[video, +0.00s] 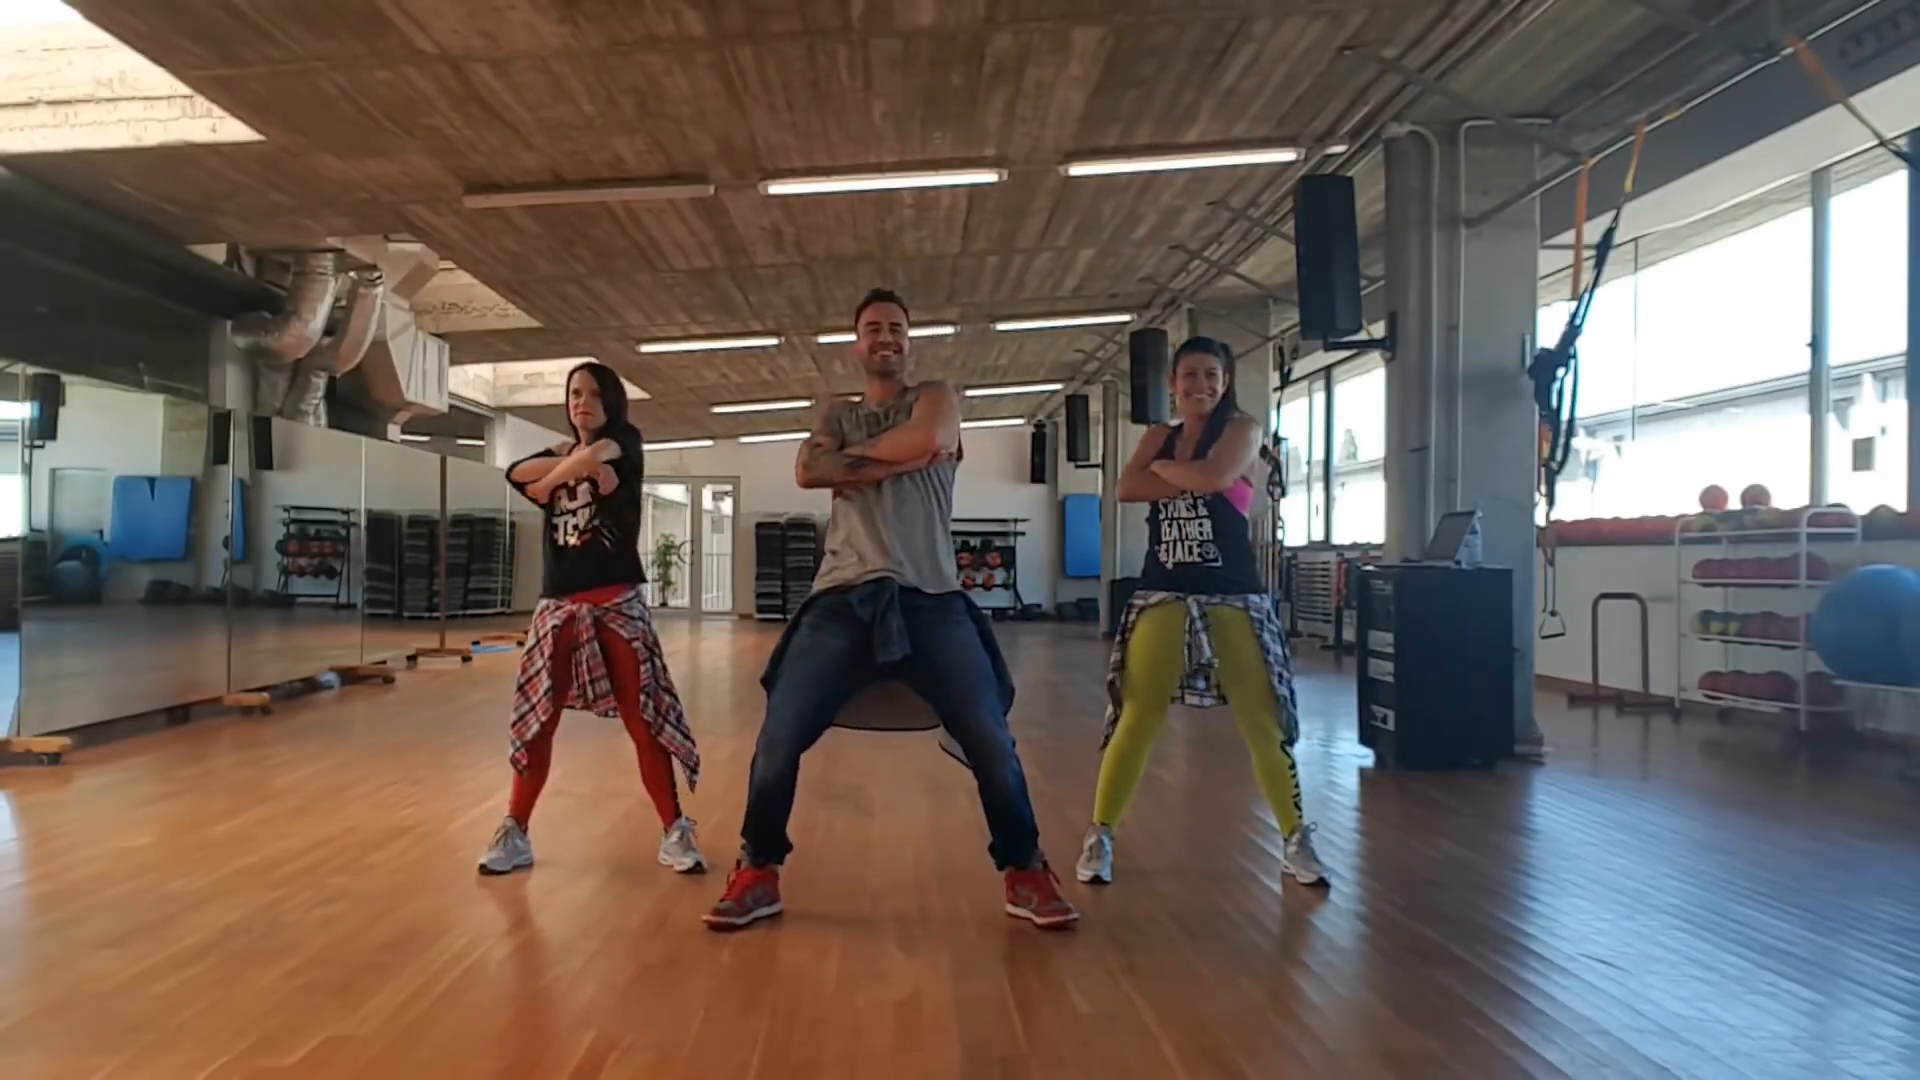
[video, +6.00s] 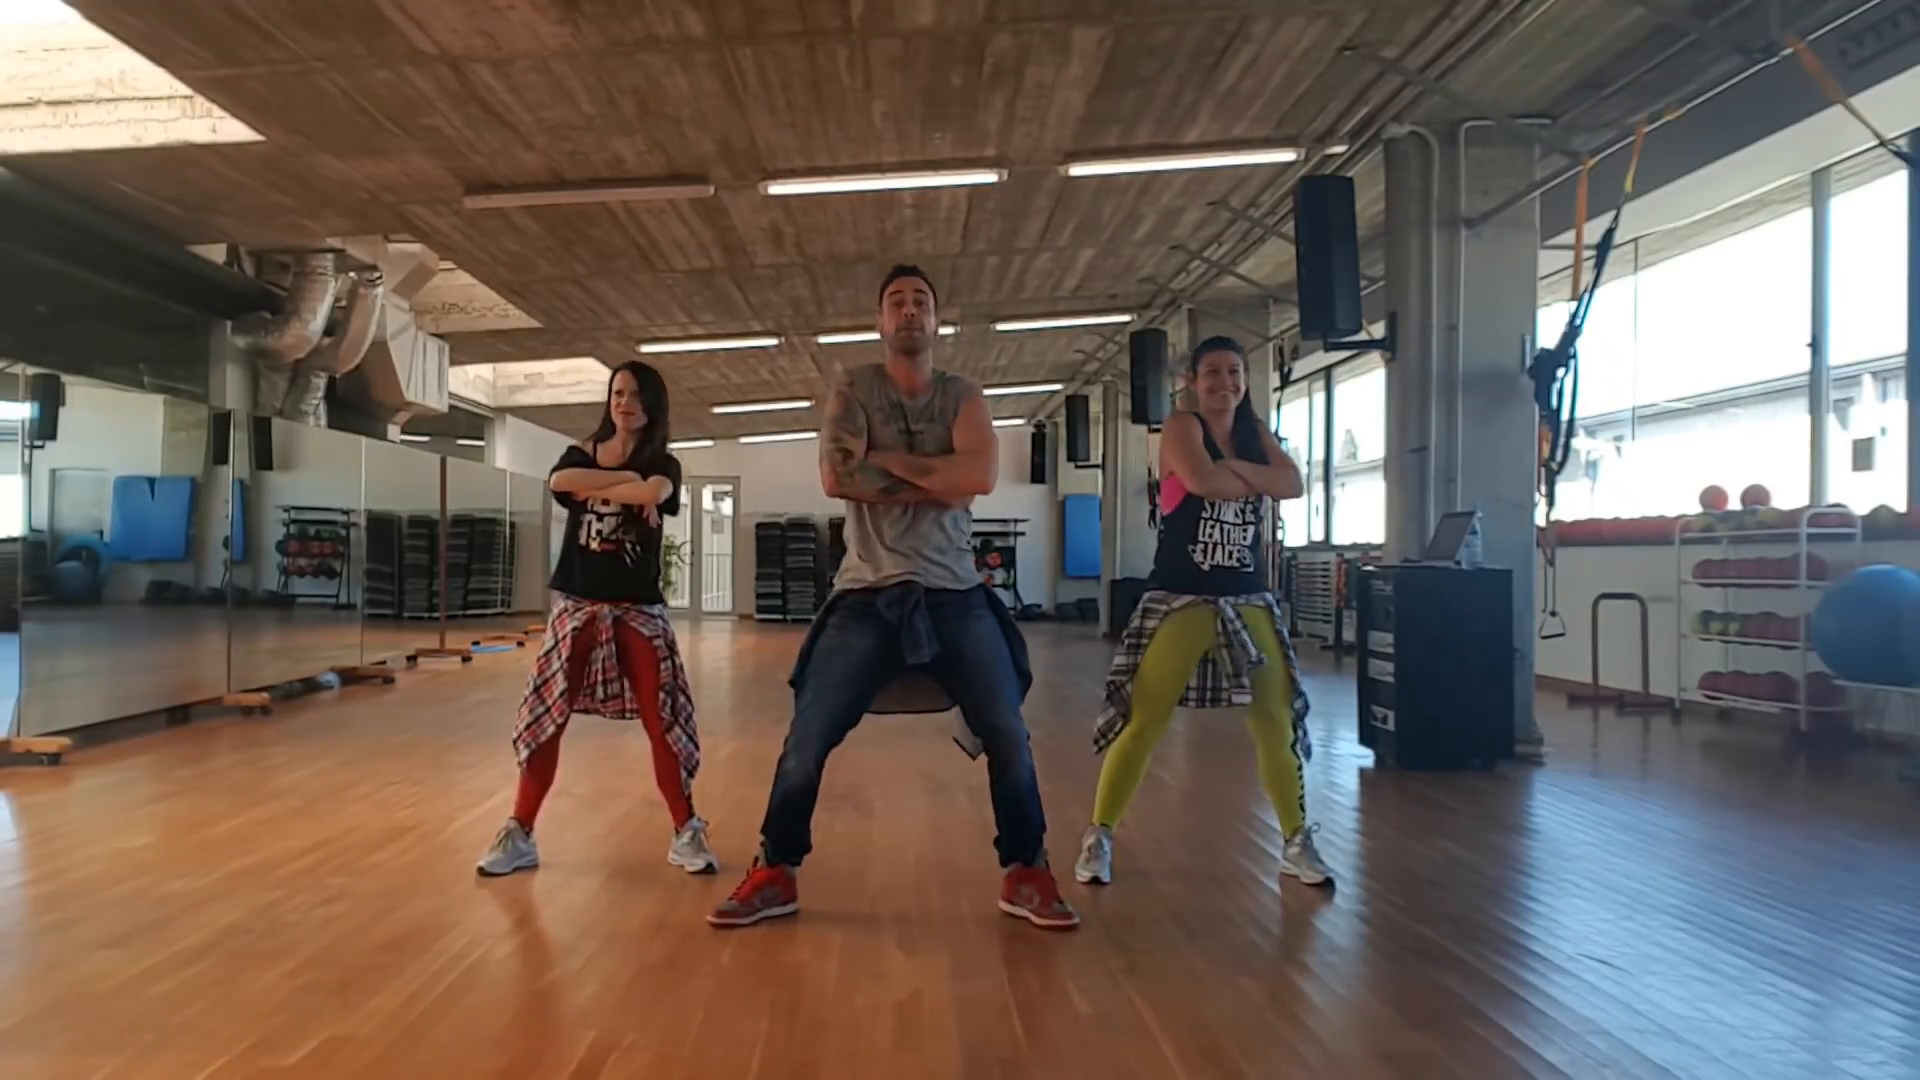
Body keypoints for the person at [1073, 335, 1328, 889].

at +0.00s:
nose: (1199, 384)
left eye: (1210, 376)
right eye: (1189, 375)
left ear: (1225, 383)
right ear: (1174, 383)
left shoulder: (1242, 428)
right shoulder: (1160, 436)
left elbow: (1212, 477)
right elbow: (1126, 488)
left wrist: (1157, 466)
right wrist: (1194, 478)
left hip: (1233, 591)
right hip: (1162, 590)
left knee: (1262, 720)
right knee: (1140, 714)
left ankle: (1296, 841)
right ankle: (1100, 837)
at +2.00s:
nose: (1201, 391)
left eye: (1211, 382)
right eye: (1191, 381)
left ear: (1225, 387)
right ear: (1174, 386)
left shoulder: (1242, 429)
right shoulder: (1157, 431)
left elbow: (1250, 471)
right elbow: (1143, 477)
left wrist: (1176, 457)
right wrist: (1217, 469)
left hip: (1233, 594)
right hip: (1163, 594)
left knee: (1268, 719)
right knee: (1136, 722)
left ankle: (1298, 841)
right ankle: (1098, 838)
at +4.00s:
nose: (1217, 384)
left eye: (1226, 375)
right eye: (1206, 375)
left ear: (1237, 381)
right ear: (1186, 382)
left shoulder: (1248, 427)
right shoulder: (1169, 423)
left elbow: (1284, 472)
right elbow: (1193, 474)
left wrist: (1216, 454)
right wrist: (1252, 469)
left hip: (1243, 593)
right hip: (1176, 592)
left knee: (1276, 720)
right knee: (1139, 720)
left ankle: (1298, 841)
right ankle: (1097, 836)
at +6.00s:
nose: (1225, 380)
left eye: (1233, 372)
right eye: (1214, 372)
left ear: (1245, 382)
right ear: (1193, 382)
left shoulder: (1253, 432)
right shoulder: (1181, 426)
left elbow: (1292, 484)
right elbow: (1202, 481)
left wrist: (1231, 466)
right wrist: (1260, 483)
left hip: (1249, 598)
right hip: (1182, 598)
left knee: (1275, 723)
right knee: (1146, 721)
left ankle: (1297, 842)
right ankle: (1099, 838)